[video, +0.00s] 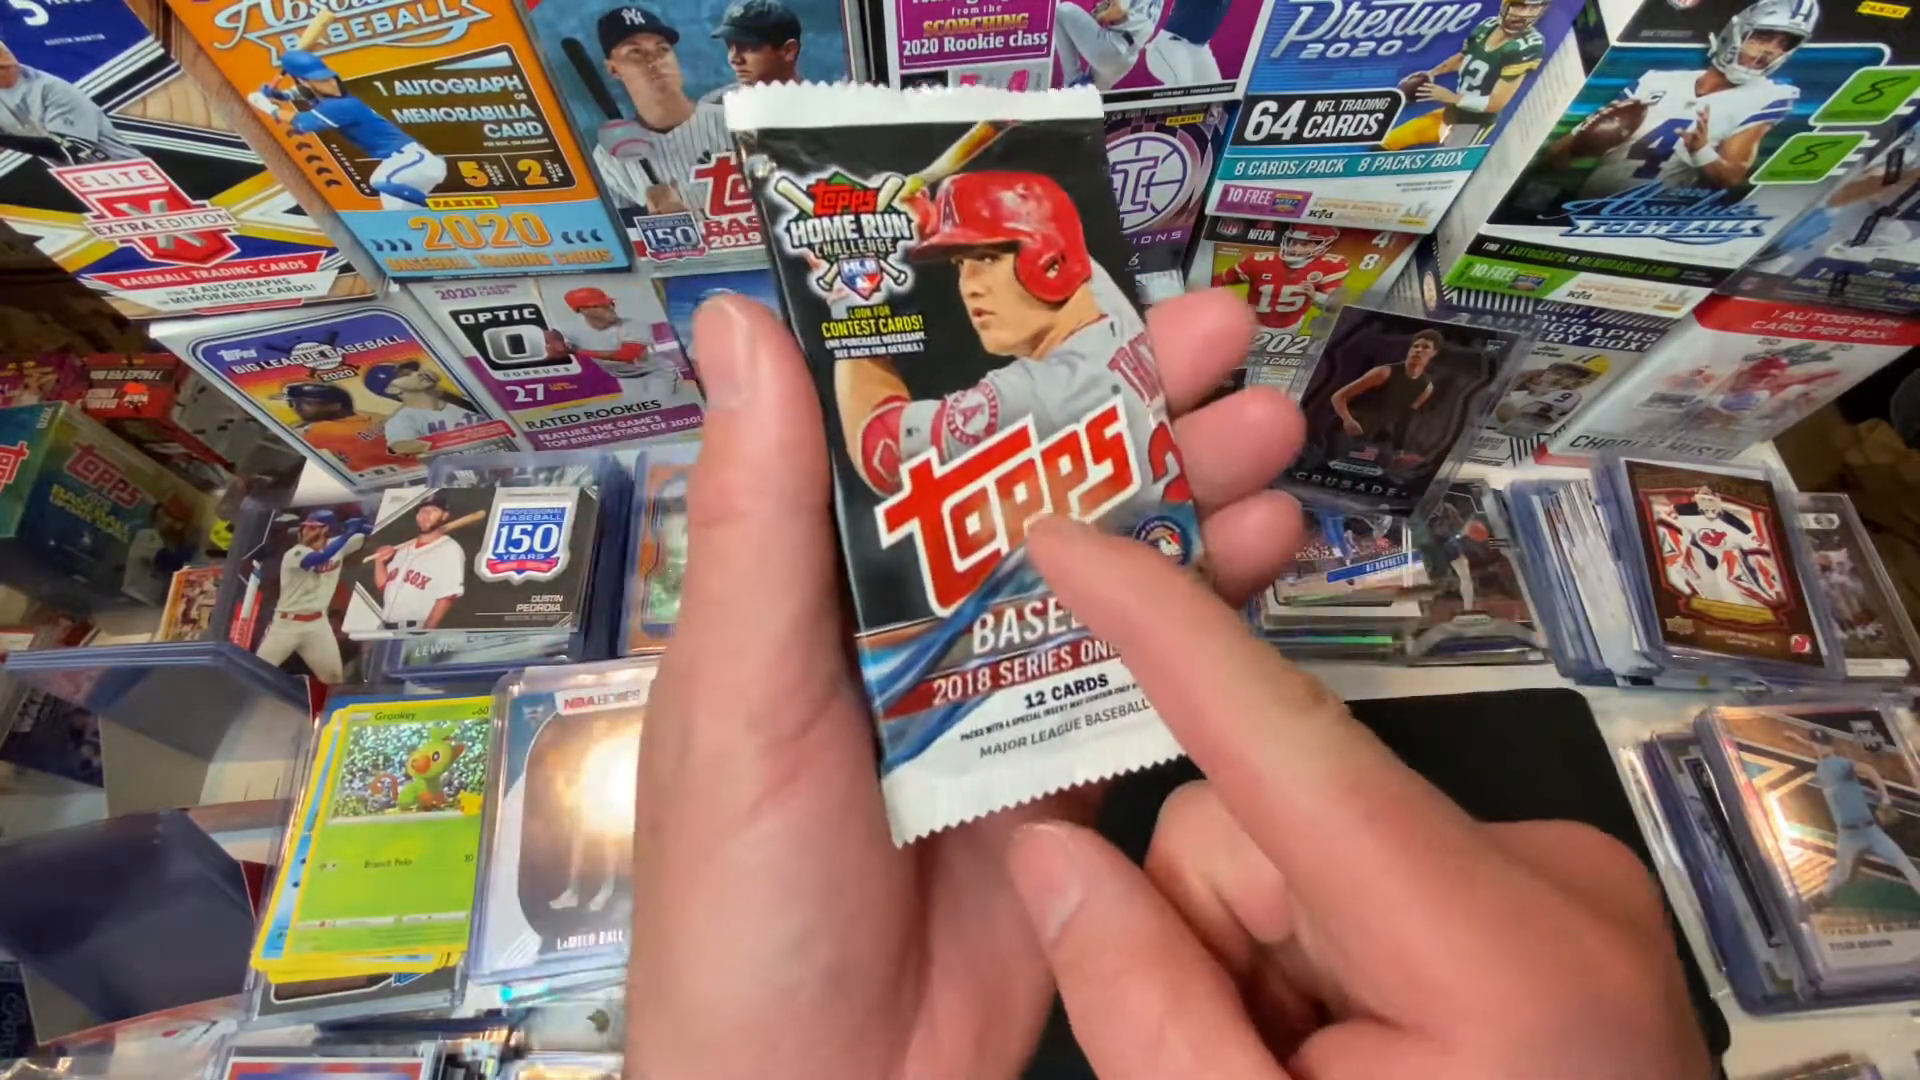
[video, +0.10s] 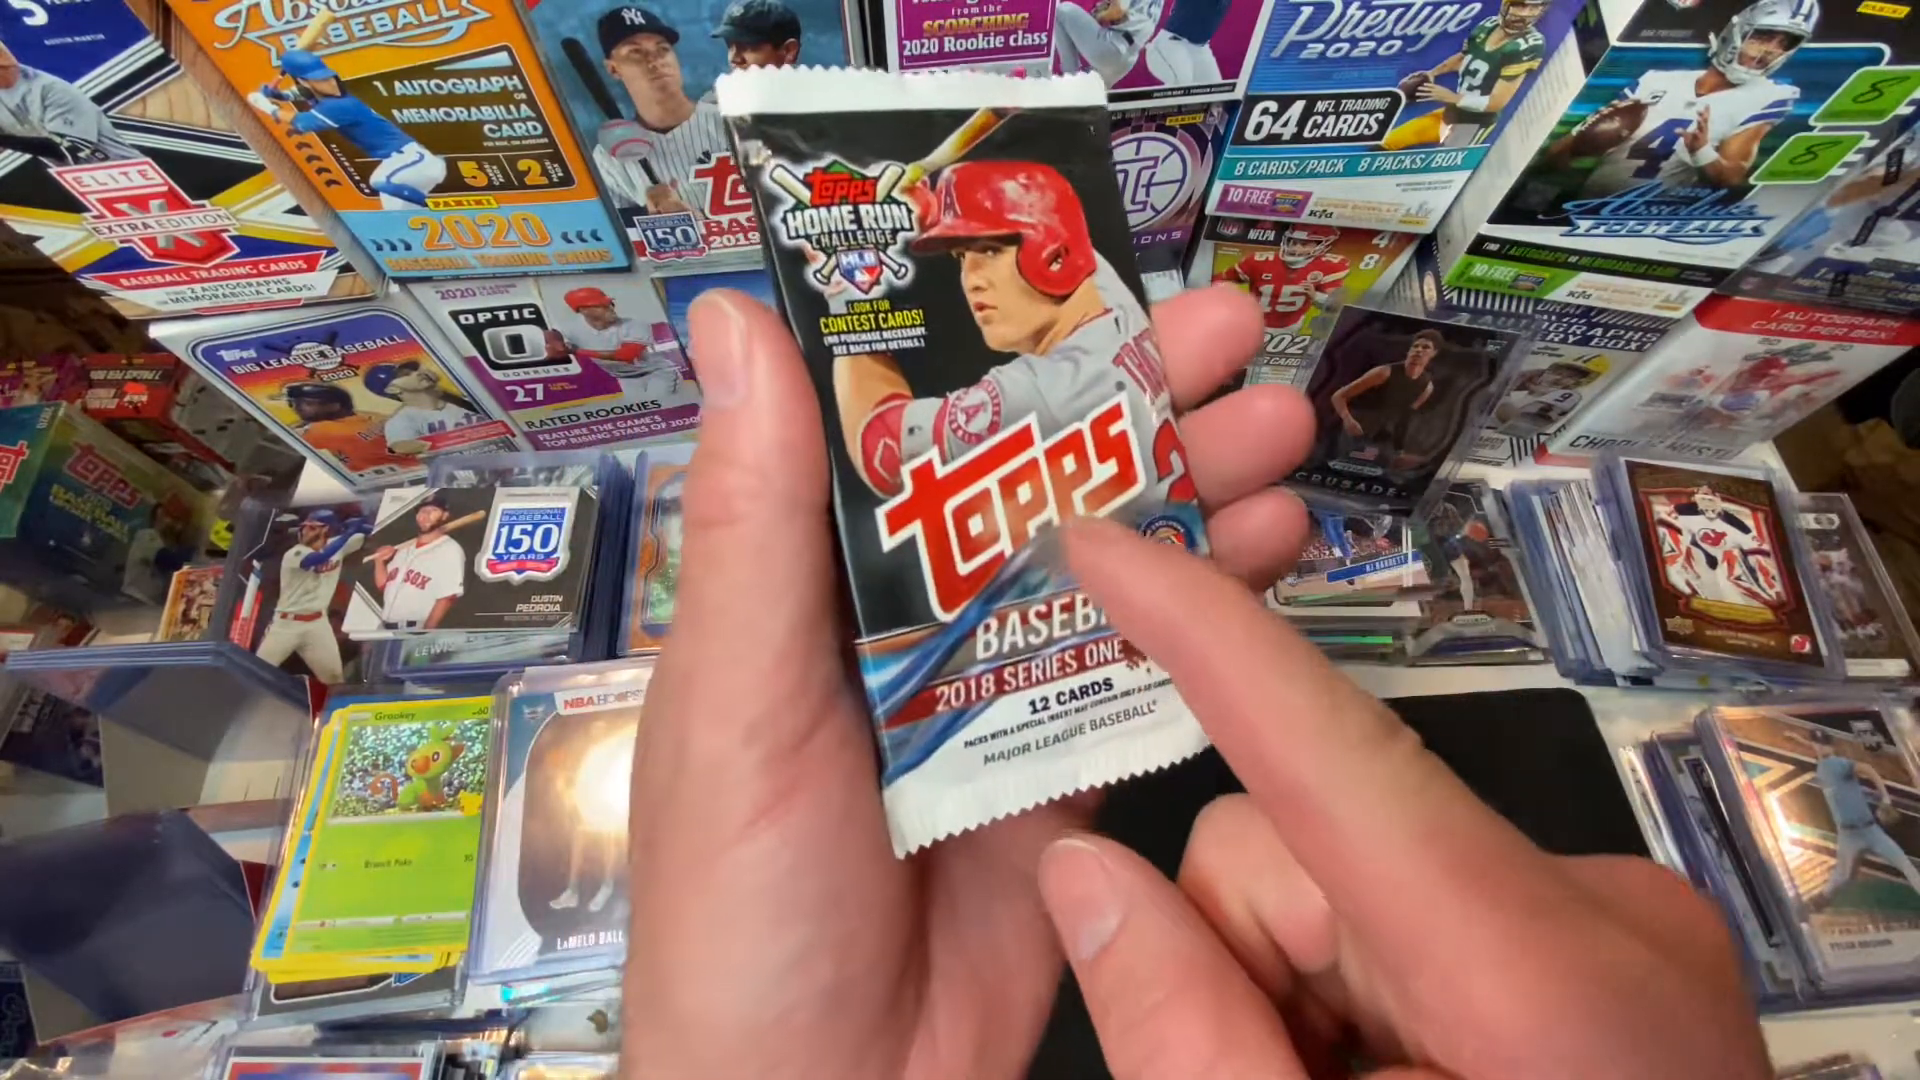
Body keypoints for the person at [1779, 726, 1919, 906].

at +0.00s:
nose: (1823, 749)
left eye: (1825, 744)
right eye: (1819, 745)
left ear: (1831, 745)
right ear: (1814, 748)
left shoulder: (1839, 764)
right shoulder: (1823, 767)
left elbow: (1868, 770)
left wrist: (1884, 797)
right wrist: (1796, 738)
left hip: (1871, 829)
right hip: (1847, 834)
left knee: (1904, 863)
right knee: (1842, 875)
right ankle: (1825, 896)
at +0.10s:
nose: (1823, 749)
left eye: (1825, 744)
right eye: (1819, 745)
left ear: (1831, 745)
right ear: (1814, 747)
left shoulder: (1839, 764)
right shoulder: (1823, 767)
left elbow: (1868, 770)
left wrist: (1885, 797)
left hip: (1871, 828)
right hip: (1847, 834)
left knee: (1904, 864)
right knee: (1843, 875)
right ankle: (1823, 897)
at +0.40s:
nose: (1824, 749)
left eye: (1826, 744)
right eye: (1819, 745)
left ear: (1831, 745)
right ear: (1814, 748)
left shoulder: (1839, 764)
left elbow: (1868, 770)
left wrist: (1885, 797)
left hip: (1871, 829)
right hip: (1847, 834)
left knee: (1904, 863)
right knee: (1842, 875)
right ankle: (1824, 897)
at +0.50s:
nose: (1823, 749)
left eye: (1826, 744)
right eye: (1819, 746)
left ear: (1831, 745)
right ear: (1814, 748)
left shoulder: (1839, 764)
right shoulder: (1823, 766)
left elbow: (1868, 770)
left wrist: (1885, 797)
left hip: (1870, 828)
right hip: (1847, 834)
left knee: (1904, 864)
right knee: (1843, 874)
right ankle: (1823, 897)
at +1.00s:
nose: (1822, 749)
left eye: (1824, 744)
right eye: (1818, 746)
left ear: (1830, 745)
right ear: (1815, 748)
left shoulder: (1840, 763)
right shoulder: (1822, 766)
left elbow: (1869, 770)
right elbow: (1812, 746)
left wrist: (1885, 797)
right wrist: (1797, 739)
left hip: (1870, 829)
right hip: (1847, 834)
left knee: (1903, 863)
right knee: (1842, 874)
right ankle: (1824, 897)